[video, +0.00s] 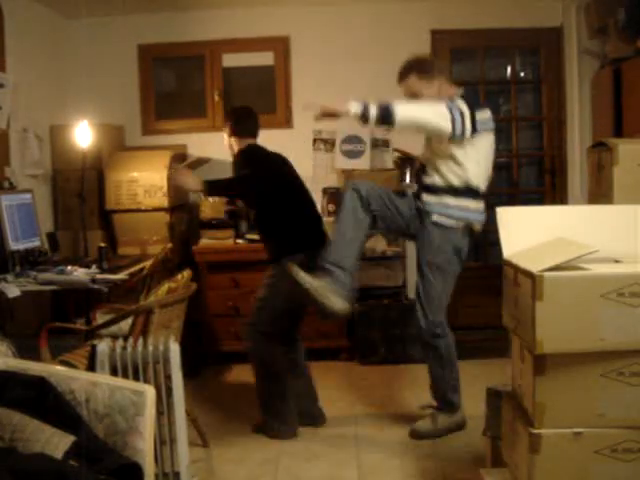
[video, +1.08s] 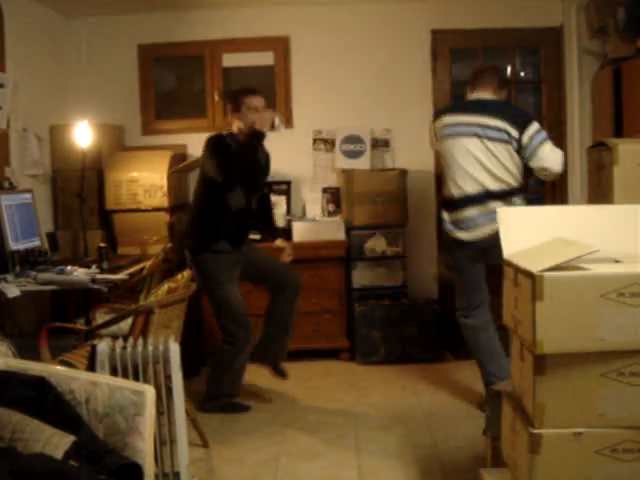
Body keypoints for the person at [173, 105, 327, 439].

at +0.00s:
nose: (225, 140)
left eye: (225, 134)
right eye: (226, 134)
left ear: (230, 134)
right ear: (257, 132)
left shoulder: (250, 161)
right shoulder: (275, 160)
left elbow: (247, 187)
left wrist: (201, 185)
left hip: (291, 257)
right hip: (311, 253)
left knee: (262, 331)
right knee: (285, 332)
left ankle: (279, 420)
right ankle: (307, 408)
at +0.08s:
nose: (229, 132)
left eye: (230, 126)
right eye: (232, 127)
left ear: (235, 127)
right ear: (260, 128)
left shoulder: (240, 153)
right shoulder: (281, 157)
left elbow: (227, 184)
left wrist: (181, 194)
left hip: (277, 250)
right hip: (305, 248)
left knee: (225, 298)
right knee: (284, 332)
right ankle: (304, 409)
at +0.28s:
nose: (258, 124)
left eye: (251, 119)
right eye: (264, 120)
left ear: (243, 122)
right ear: (272, 124)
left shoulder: (224, 148)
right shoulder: (287, 154)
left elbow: (191, 184)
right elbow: (305, 206)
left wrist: (190, 218)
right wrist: (278, 204)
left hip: (236, 236)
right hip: (278, 242)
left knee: (214, 289)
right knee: (260, 323)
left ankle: (216, 367)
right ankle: (253, 409)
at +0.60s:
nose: (291, 138)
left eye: (291, 131)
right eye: (290, 132)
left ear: (259, 129)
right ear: (277, 130)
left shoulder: (227, 157)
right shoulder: (275, 159)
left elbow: (192, 203)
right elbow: (306, 202)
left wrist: (189, 245)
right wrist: (307, 167)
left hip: (203, 250)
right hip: (234, 253)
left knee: (242, 314)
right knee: (256, 334)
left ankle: (226, 371)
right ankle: (238, 414)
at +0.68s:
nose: (295, 125)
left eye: (294, 118)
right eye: (290, 118)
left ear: (265, 119)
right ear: (272, 118)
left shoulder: (237, 143)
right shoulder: (263, 147)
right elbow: (294, 189)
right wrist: (306, 154)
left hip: (199, 236)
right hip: (219, 242)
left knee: (262, 272)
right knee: (246, 325)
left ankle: (250, 347)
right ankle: (232, 412)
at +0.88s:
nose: (277, 126)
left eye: (278, 120)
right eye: (270, 120)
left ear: (272, 123)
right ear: (250, 121)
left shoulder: (249, 155)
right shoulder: (233, 150)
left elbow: (243, 203)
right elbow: (257, 186)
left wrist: (254, 235)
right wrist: (281, 147)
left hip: (228, 252)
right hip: (208, 253)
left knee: (260, 320)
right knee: (240, 327)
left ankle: (247, 387)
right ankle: (218, 396)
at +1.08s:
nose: (260, 117)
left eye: (262, 110)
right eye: (253, 110)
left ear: (267, 114)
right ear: (235, 115)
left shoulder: (260, 154)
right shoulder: (218, 144)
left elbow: (261, 199)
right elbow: (228, 178)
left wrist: (274, 237)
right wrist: (254, 137)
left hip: (238, 247)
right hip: (209, 250)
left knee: (287, 279)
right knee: (238, 330)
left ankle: (271, 350)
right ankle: (217, 396)